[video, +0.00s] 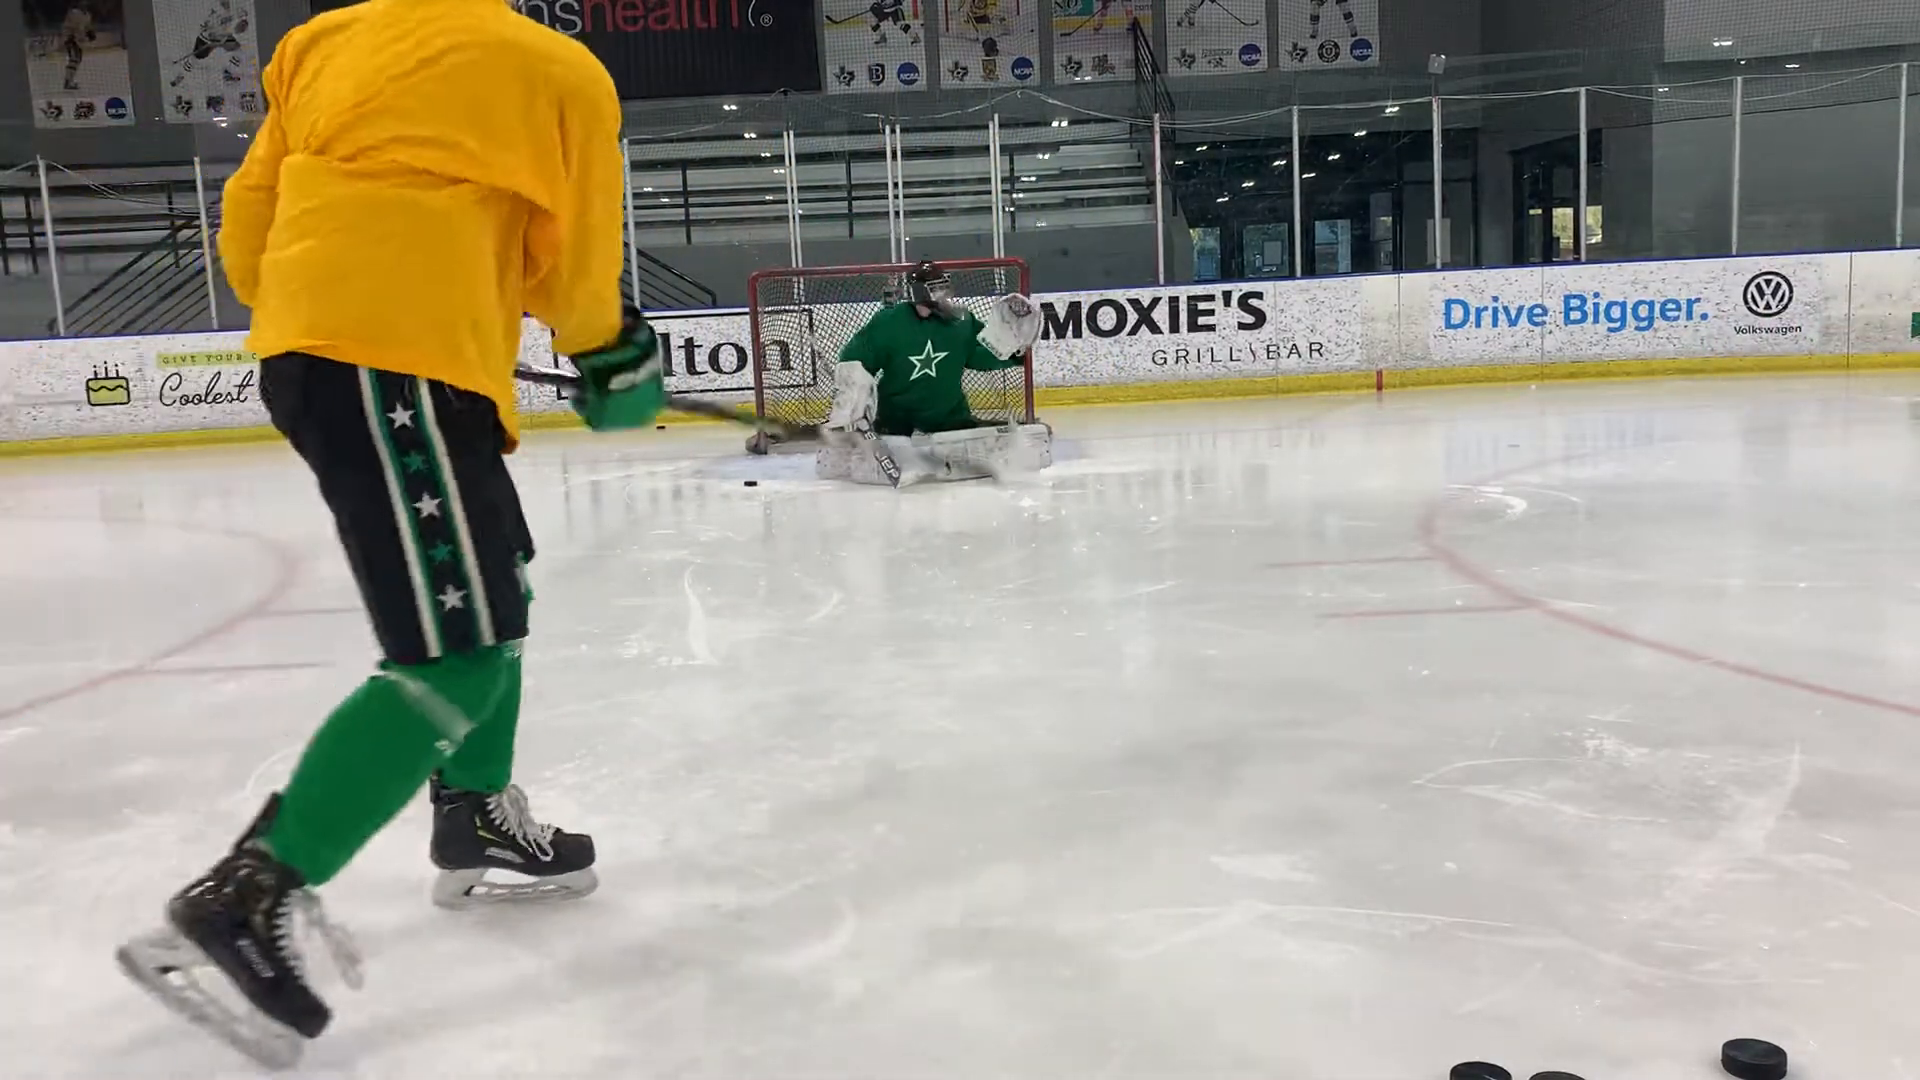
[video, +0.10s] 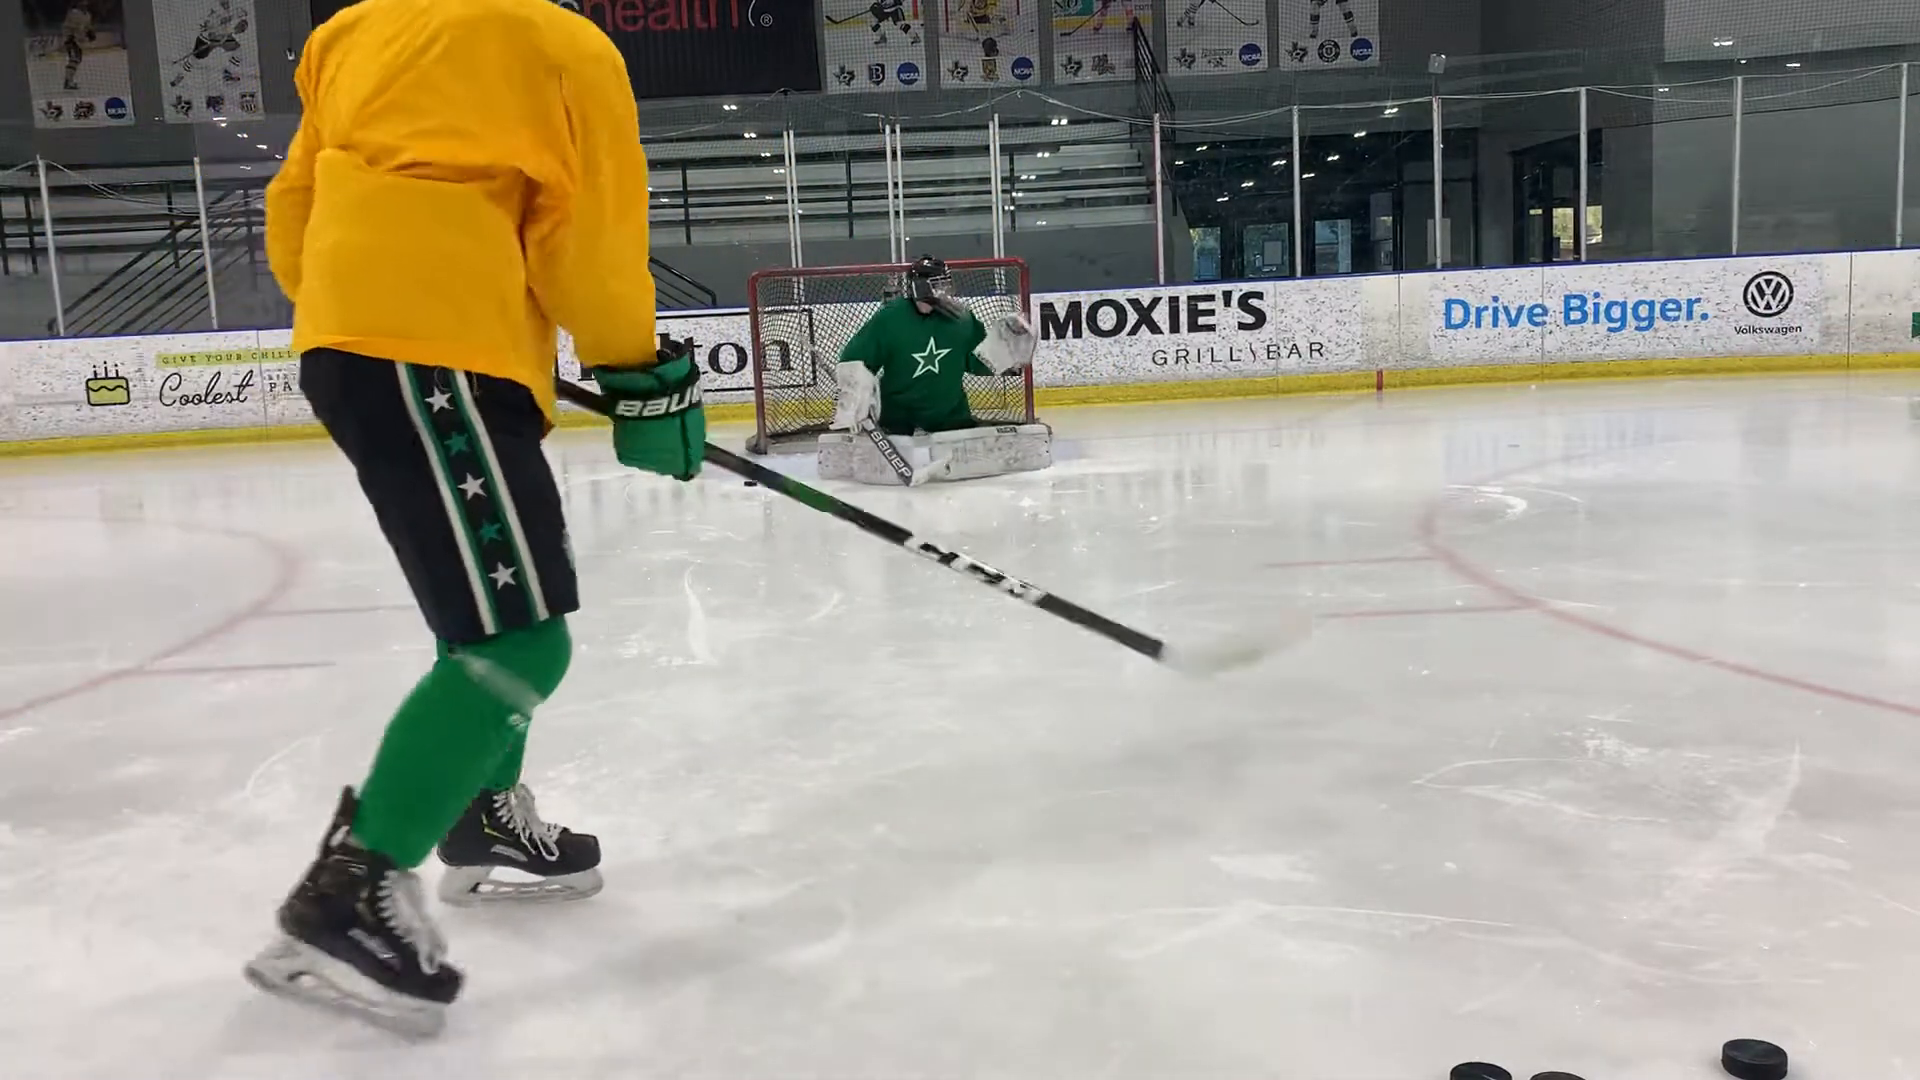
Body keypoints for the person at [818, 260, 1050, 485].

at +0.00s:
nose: (944, 297)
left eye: (945, 289)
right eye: (936, 291)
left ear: (948, 288)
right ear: (918, 293)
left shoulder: (961, 322)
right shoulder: (889, 323)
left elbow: (983, 356)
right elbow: (853, 360)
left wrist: (1013, 327)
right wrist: (852, 405)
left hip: (954, 426)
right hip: (899, 428)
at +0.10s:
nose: (940, 292)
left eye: (943, 284)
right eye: (933, 285)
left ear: (948, 285)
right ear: (915, 287)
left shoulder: (961, 319)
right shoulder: (890, 319)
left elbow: (976, 360)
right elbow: (852, 360)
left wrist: (1011, 343)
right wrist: (858, 399)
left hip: (954, 425)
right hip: (900, 427)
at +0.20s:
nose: (943, 288)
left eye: (945, 281)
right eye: (936, 282)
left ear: (948, 283)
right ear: (917, 284)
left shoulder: (959, 318)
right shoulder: (890, 317)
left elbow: (979, 361)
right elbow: (854, 359)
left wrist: (1005, 362)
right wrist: (860, 399)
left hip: (955, 423)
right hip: (902, 425)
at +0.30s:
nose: (941, 285)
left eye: (943, 278)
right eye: (933, 278)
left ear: (946, 278)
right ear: (913, 281)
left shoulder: (956, 312)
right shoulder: (889, 310)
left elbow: (974, 359)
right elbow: (854, 355)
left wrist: (999, 377)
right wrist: (863, 400)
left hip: (956, 419)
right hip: (904, 422)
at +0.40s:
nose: (936, 278)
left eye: (938, 271)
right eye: (928, 272)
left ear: (942, 272)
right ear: (908, 275)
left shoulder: (953, 309)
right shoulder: (887, 307)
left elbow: (972, 350)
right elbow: (853, 353)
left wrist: (984, 372)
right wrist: (866, 395)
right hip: (895, 418)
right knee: (850, 459)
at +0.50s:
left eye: (918, 267)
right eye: (906, 268)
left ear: (930, 268)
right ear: (896, 270)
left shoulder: (945, 301)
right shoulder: (882, 303)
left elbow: (968, 347)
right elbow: (849, 353)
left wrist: (987, 370)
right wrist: (873, 400)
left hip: (945, 402)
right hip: (896, 406)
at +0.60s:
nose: (927, 270)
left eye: (927, 263)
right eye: (919, 265)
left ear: (930, 264)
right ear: (899, 270)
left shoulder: (941, 301)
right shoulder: (879, 304)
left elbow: (964, 342)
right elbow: (845, 355)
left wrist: (982, 360)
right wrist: (873, 399)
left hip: (945, 416)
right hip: (894, 419)